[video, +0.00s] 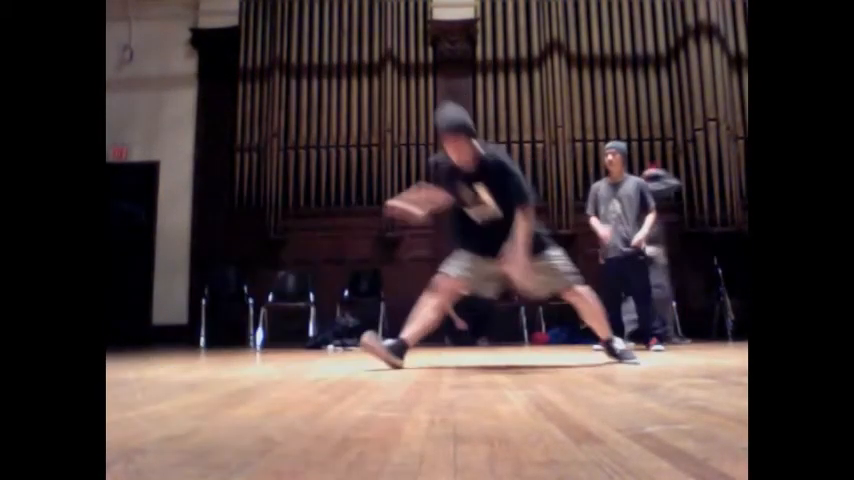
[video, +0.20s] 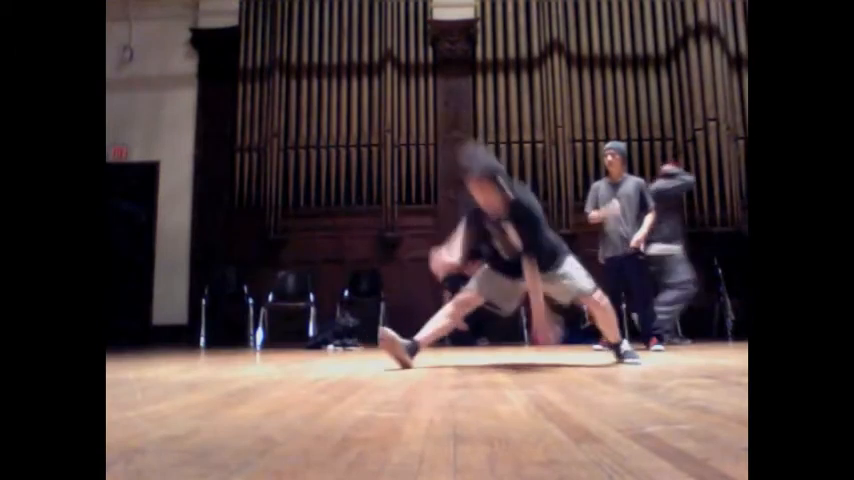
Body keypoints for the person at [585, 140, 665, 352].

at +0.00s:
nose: (609, 159)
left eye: (614, 155)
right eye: (607, 155)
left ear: (623, 158)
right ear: (604, 160)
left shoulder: (637, 184)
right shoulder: (597, 188)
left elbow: (651, 212)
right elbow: (591, 215)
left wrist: (642, 234)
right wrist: (601, 229)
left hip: (633, 251)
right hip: (609, 254)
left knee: (643, 298)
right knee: (610, 301)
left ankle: (650, 336)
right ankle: (614, 337)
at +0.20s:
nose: (609, 160)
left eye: (613, 155)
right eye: (606, 156)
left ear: (622, 159)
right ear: (603, 160)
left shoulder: (637, 184)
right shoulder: (597, 187)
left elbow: (650, 211)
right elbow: (590, 215)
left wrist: (641, 234)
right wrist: (604, 212)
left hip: (633, 250)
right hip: (609, 253)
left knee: (642, 297)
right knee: (611, 298)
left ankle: (651, 336)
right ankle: (612, 337)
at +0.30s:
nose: (609, 162)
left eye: (614, 158)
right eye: (606, 158)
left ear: (623, 161)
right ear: (603, 162)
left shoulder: (637, 184)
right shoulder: (598, 187)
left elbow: (649, 212)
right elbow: (592, 213)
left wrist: (642, 236)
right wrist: (610, 194)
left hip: (633, 249)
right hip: (609, 251)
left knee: (641, 296)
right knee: (611, 299)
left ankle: (651, 336)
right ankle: (611, 337)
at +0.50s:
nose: (608, 162)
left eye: (612, 158)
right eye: (605, 159)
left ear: (622, 160)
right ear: (603, 162)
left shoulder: (637, 183)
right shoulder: (599, 185)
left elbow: (648, 212)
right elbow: (597, 205)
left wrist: (645, 240)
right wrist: (615, 180)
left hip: (633, 248)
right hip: (609, 250)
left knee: (642, 296)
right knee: (610, 298)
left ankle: (652, 336)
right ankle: (610, 336)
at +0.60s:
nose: (608, 163)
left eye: (612, 158)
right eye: (605, 159)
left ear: (622, 160)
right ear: (603, 162)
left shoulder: (638, 184)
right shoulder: (599, 185)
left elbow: (648, 214)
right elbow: (599, 204)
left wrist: (647, 242)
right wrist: (616, 179)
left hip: (635, 248)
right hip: (610, 249)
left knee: (644, 296)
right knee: (611, 298)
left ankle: (653, 336)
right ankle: (610, 336)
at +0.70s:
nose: (608, 163)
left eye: (612, 158)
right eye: (605, 159)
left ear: (622, 160)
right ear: (603, 162)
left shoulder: (638, 184)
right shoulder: (599, 185)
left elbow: (648, 214)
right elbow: (599, 204)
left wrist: (647, 242)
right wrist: (616, 179)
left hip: (635, 248)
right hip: (610, 249)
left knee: (643, 296)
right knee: (611, 297)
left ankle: (653, 335)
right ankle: (610, 336)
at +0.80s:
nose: (608, 164)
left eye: (612, 159)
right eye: (605, 160)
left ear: (622, 160)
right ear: (603, 163)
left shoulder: (638, 184)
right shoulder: (599, 185)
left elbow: (648, 214)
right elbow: (600, 204)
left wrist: (648, 242)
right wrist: (615, 179)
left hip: (635, 249)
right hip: (610, 250)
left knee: (644, 297)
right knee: (611, 298)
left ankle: (653, 336)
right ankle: (611, 336)